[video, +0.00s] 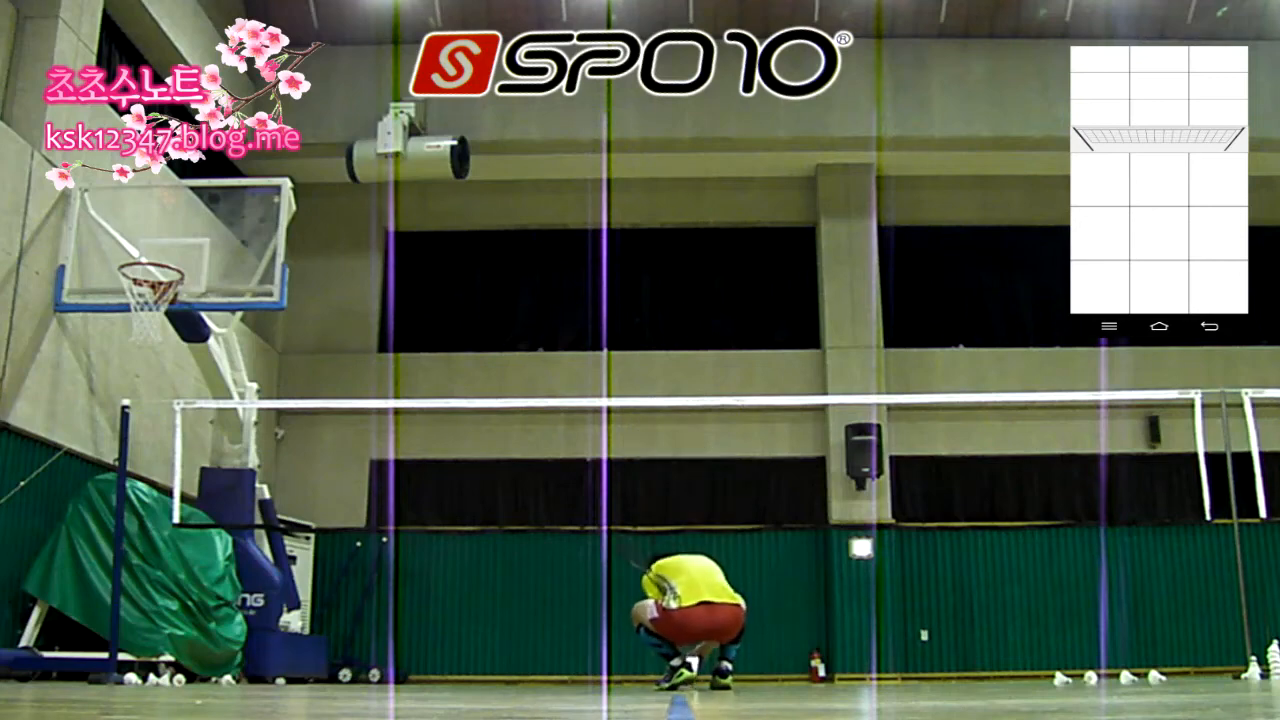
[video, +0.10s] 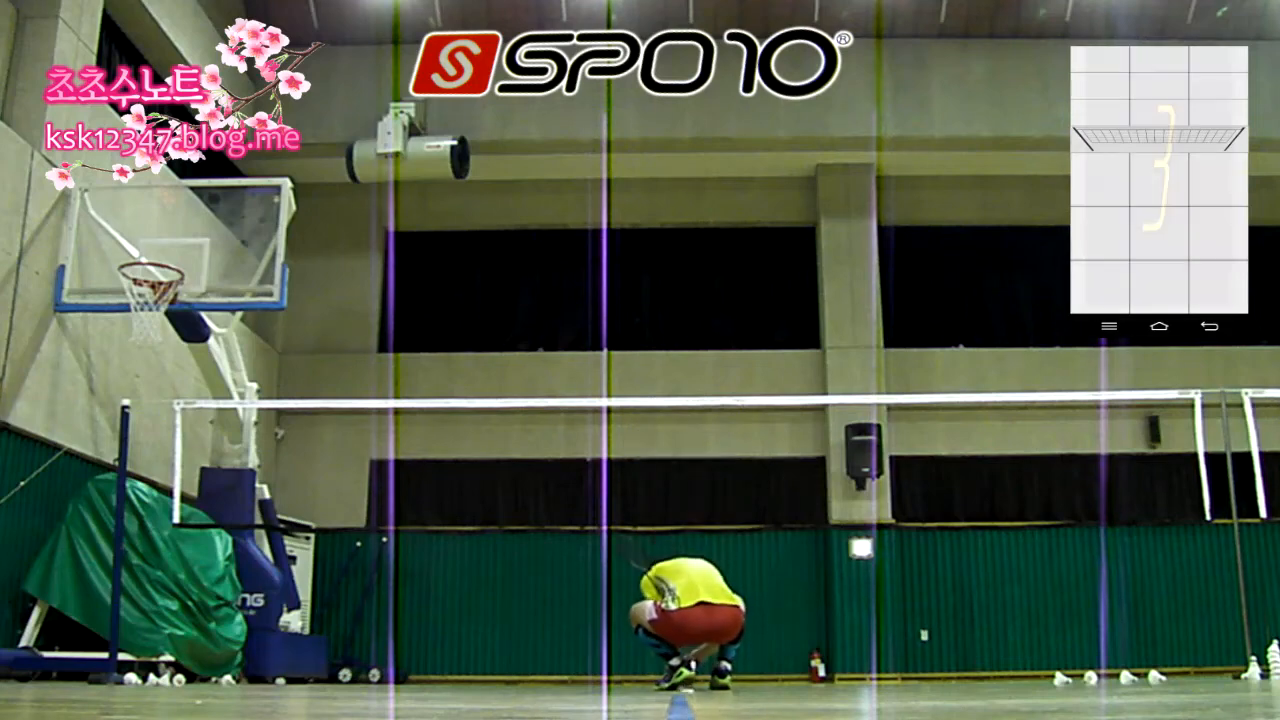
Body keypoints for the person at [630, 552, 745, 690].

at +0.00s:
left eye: (649, 573)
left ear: (652, 568)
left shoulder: (651, 575)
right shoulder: (705, 562)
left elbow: (662, 614)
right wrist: (700, 654)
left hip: (686, 619)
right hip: (729, 618)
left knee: (638, 612)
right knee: (739, 604)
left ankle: (678, 666)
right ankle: (724, 669)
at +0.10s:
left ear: (652, 571)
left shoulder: (650, 577)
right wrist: (694, 659)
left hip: (684, 621)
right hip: (728, 619)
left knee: (636, 613)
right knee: (739, 604)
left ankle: (676, 666)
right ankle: (723, 670)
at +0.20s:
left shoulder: (648, 580)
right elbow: (723, 636)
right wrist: (692, 660)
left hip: (683, 621)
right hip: (727, 620)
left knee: (635, 614)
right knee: (738, 603)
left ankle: (675, 666)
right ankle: (723, 669)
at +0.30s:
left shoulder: (648, 581)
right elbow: (719, 640)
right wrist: (687, 660)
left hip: (682, 621)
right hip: (727, 619)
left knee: (635, 614)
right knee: (738, 604)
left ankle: (676, 665)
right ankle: (723, 669)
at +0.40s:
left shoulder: (647, 582)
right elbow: (719, 640)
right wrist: (686, 660)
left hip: (682, 621)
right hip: (727, 620)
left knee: (634, 614)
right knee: (738, 604)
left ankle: (675, 665)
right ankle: (723, 669)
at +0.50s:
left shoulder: (647, 582)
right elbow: (718, 641)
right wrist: (686, 660)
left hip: (683, 621)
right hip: (727, 620)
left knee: (634, 614)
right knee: (738, 605)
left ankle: (675, 664)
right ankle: (723, 669)